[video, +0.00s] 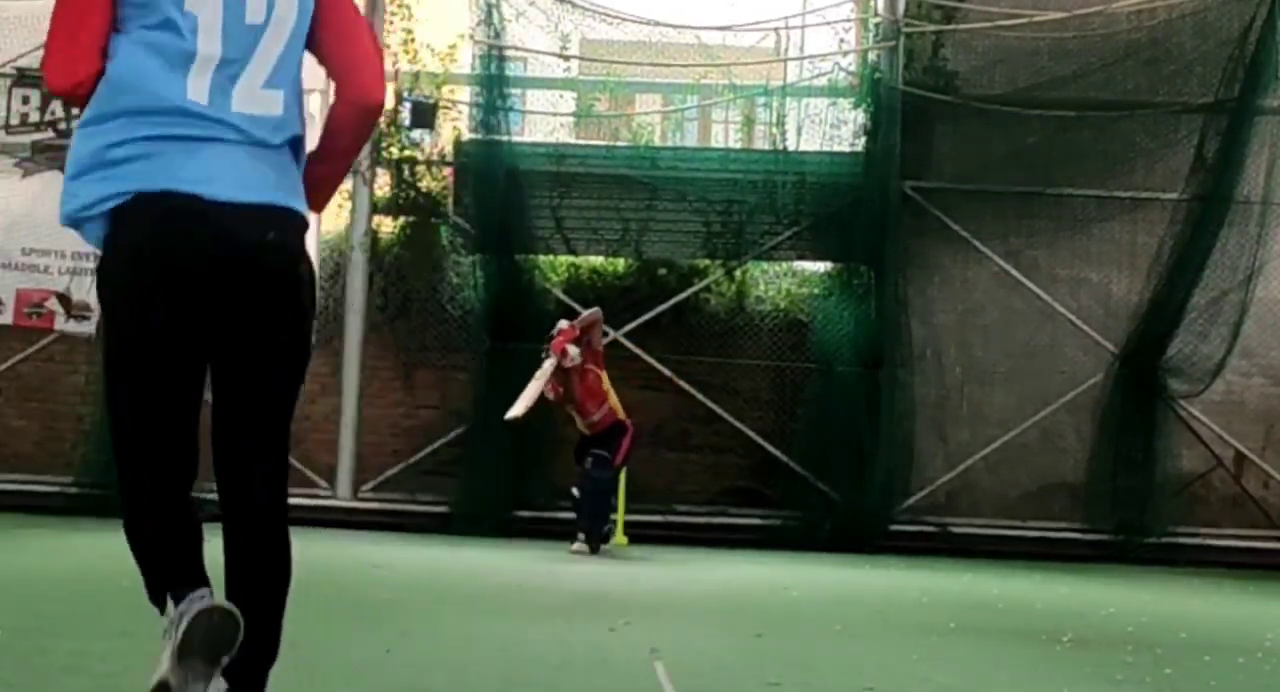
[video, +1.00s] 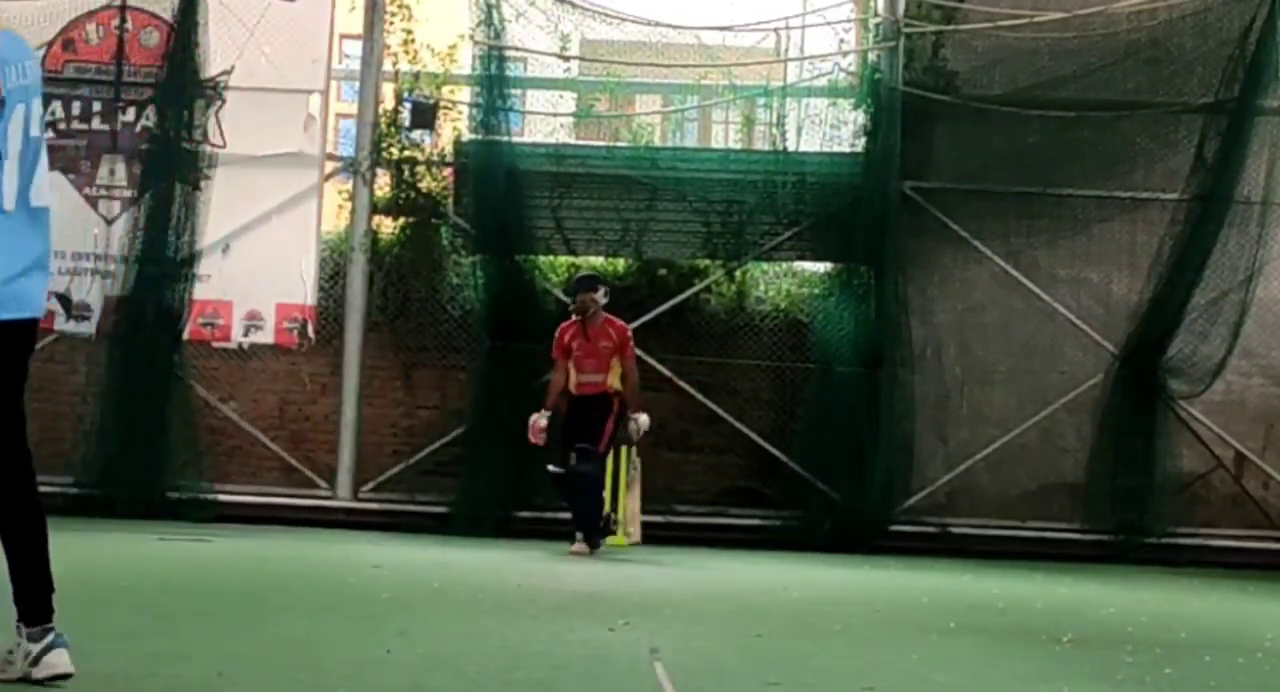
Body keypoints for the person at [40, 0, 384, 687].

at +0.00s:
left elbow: (68, 72)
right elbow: (366, 89)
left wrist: (140, 92)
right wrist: (308, 193)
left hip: (151, 219)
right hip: (269, 231)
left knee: (152, 467)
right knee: (257, 483)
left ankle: (188, 605)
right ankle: (245, 681)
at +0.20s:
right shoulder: (271, 5)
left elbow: (90, 100)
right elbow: (298, 139)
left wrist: (73, 153)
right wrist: (214, 170)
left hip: (120, 263)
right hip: (228, 262)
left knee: (123, 470)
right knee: (232, 474)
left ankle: (167, 637)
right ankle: (241, 673)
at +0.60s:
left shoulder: (24, 30)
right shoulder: (166, 32)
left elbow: (6, 134)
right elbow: (209, 150)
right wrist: (137, 183)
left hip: (32, 291)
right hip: (128, 293)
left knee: (55, 476)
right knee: (131, 468)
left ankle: (91, 651)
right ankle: (152, 648)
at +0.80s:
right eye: (6, 7)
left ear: (7, 8)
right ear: (55, 7)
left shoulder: (11, 65)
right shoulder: (110, 68)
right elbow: (167, 173)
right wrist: (97, 226)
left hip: (12, 308)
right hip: (75, 312)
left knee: (12, 473)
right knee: (39, 473)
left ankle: (58, 601)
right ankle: (39, 636)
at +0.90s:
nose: (7, 14)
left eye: (3, 10)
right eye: (15, 9)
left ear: (2, 9)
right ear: (26, 9)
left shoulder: (11, 73)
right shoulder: (64, 76)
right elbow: (98, 200)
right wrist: (38, 230)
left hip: (9, 319)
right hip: (51, 318)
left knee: (6, 460)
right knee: (12, 464)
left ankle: (30, 589)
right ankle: (42, 646)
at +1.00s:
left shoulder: (17, 55)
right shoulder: (18, 54)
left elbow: (30, 186)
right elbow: (32, 185)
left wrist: (38, 286)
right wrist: (39, 283)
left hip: (12, 298)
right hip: (17, 297)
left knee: (12, 468)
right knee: (12, 469)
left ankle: (38, 633)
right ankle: (38, 632)